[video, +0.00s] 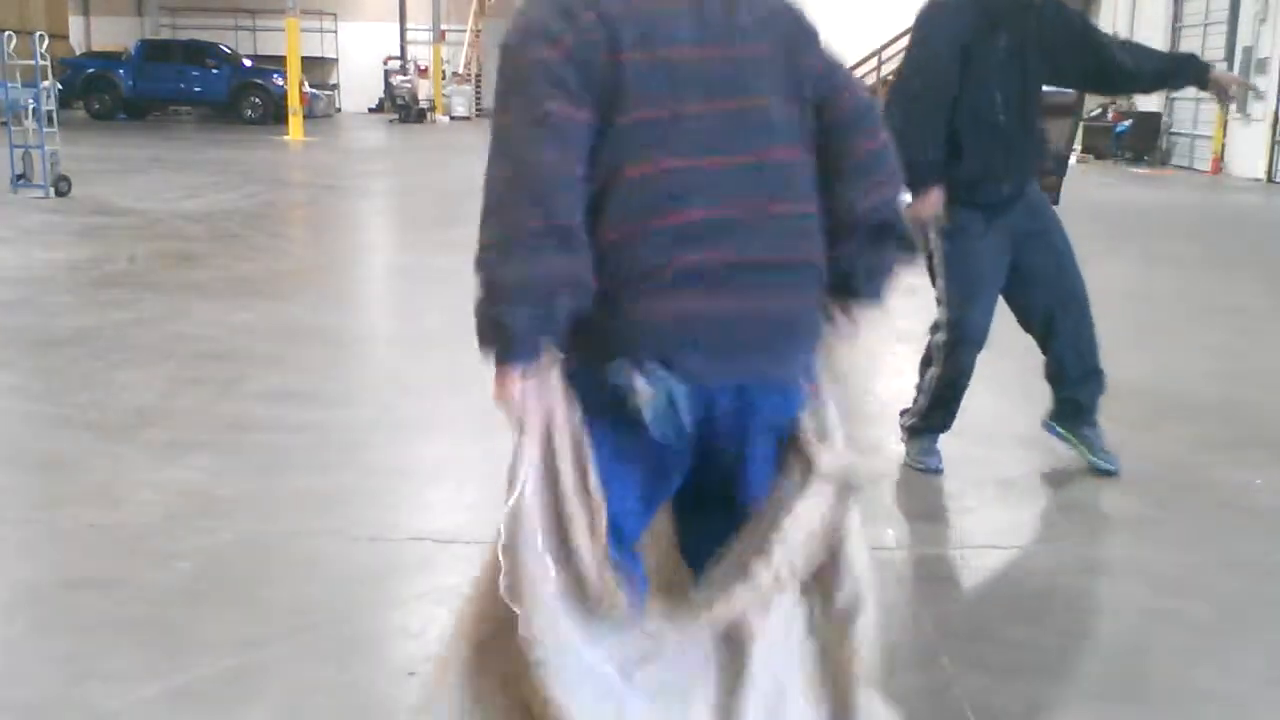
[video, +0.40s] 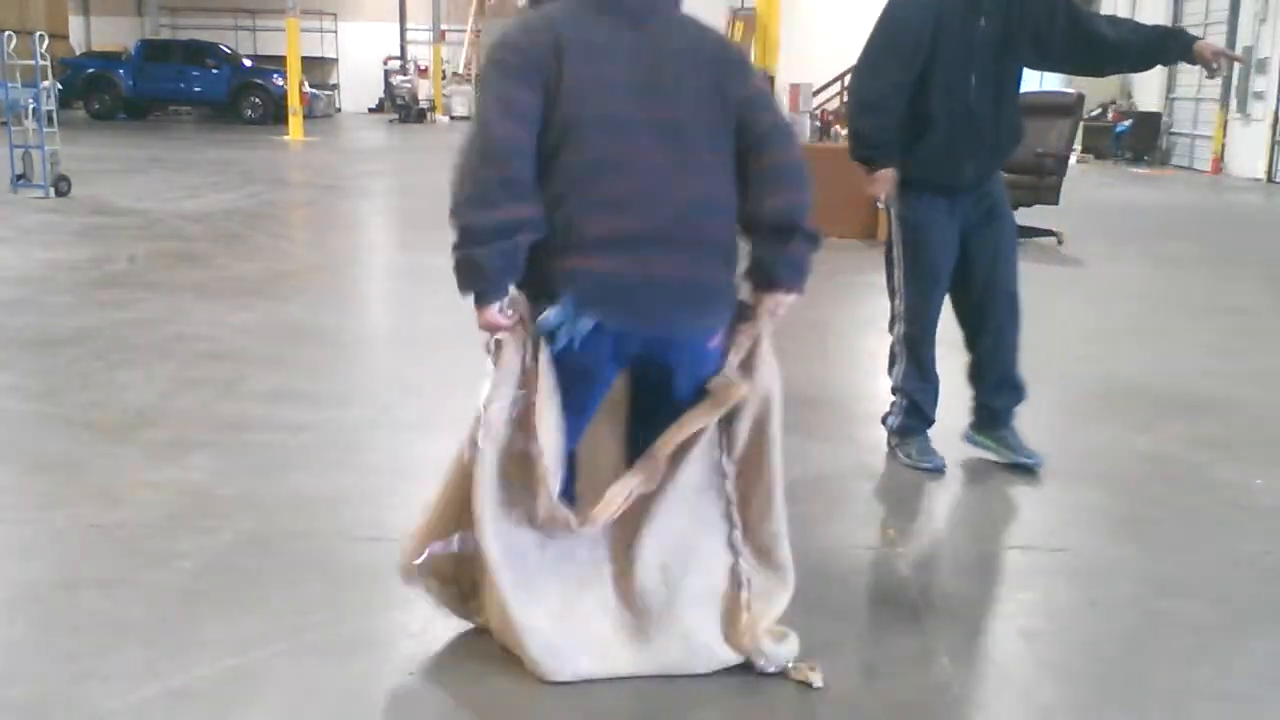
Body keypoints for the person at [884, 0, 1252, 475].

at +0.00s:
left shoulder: (1044, 17)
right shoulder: (949, 15)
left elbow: (1109, 60)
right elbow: (914, 96)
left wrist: (1198, 72)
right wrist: (925, 179)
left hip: (1019, 195)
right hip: (960, 201)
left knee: (1066, 304)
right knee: (964, 327)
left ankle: (1073, 415)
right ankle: (923, 429)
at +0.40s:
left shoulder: (1020, 11)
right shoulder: (920, 9)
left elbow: (1091, 37)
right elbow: (879, 70)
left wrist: (1184, 46)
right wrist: (878, 156)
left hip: (980, 176)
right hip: (920, 176)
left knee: (996, 304)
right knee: (916, 312)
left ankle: (992, 422)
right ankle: (907, 428)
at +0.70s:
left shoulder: (1027, 9)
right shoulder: (925, 9)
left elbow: (1075, 55)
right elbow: (879, 67)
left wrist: (1143, 51)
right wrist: (861, 155)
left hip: (988, 179)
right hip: (929, 176)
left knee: (974, 310)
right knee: (922, 310)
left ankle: (952, 422)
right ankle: (909, 427)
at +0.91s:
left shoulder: (1047, 14)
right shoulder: (949, 8)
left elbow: (1039, 84)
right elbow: (902, 71)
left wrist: (1075, 98)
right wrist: (909, 162)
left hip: (1011, 187)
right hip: (952, 185)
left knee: (1017, 312)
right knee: (935, 315)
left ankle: (997, 425)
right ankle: (908, 428)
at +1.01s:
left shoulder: (1054, 11)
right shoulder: (973, 8)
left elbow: (1034, 80)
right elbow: (924, 78)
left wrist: (1068, 113)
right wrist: (949, 162)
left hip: (1025, 193)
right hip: (968, 189)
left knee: (1041, 314)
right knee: (941, 316)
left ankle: (1042, 432)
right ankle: (909, 429)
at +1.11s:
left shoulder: (1074, 11)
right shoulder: (1006, 9)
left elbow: (1050, 84)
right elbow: (957, 83)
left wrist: (1083, 119)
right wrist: (998, 162)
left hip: (1044, 197)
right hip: (987, 196)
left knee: (1066, 316)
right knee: (957, 314)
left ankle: (1071, 437)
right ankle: (909, 426)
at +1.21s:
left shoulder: (1087, 17)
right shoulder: (1034, 12)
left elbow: (1069, 98)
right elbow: (1004, 90)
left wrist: (1108, 122)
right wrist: (1052, 161)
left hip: (1070, 204)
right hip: (1016, 200)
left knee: (1090, 321)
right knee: (986, 321)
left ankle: (1074, 437)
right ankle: (914, 420)